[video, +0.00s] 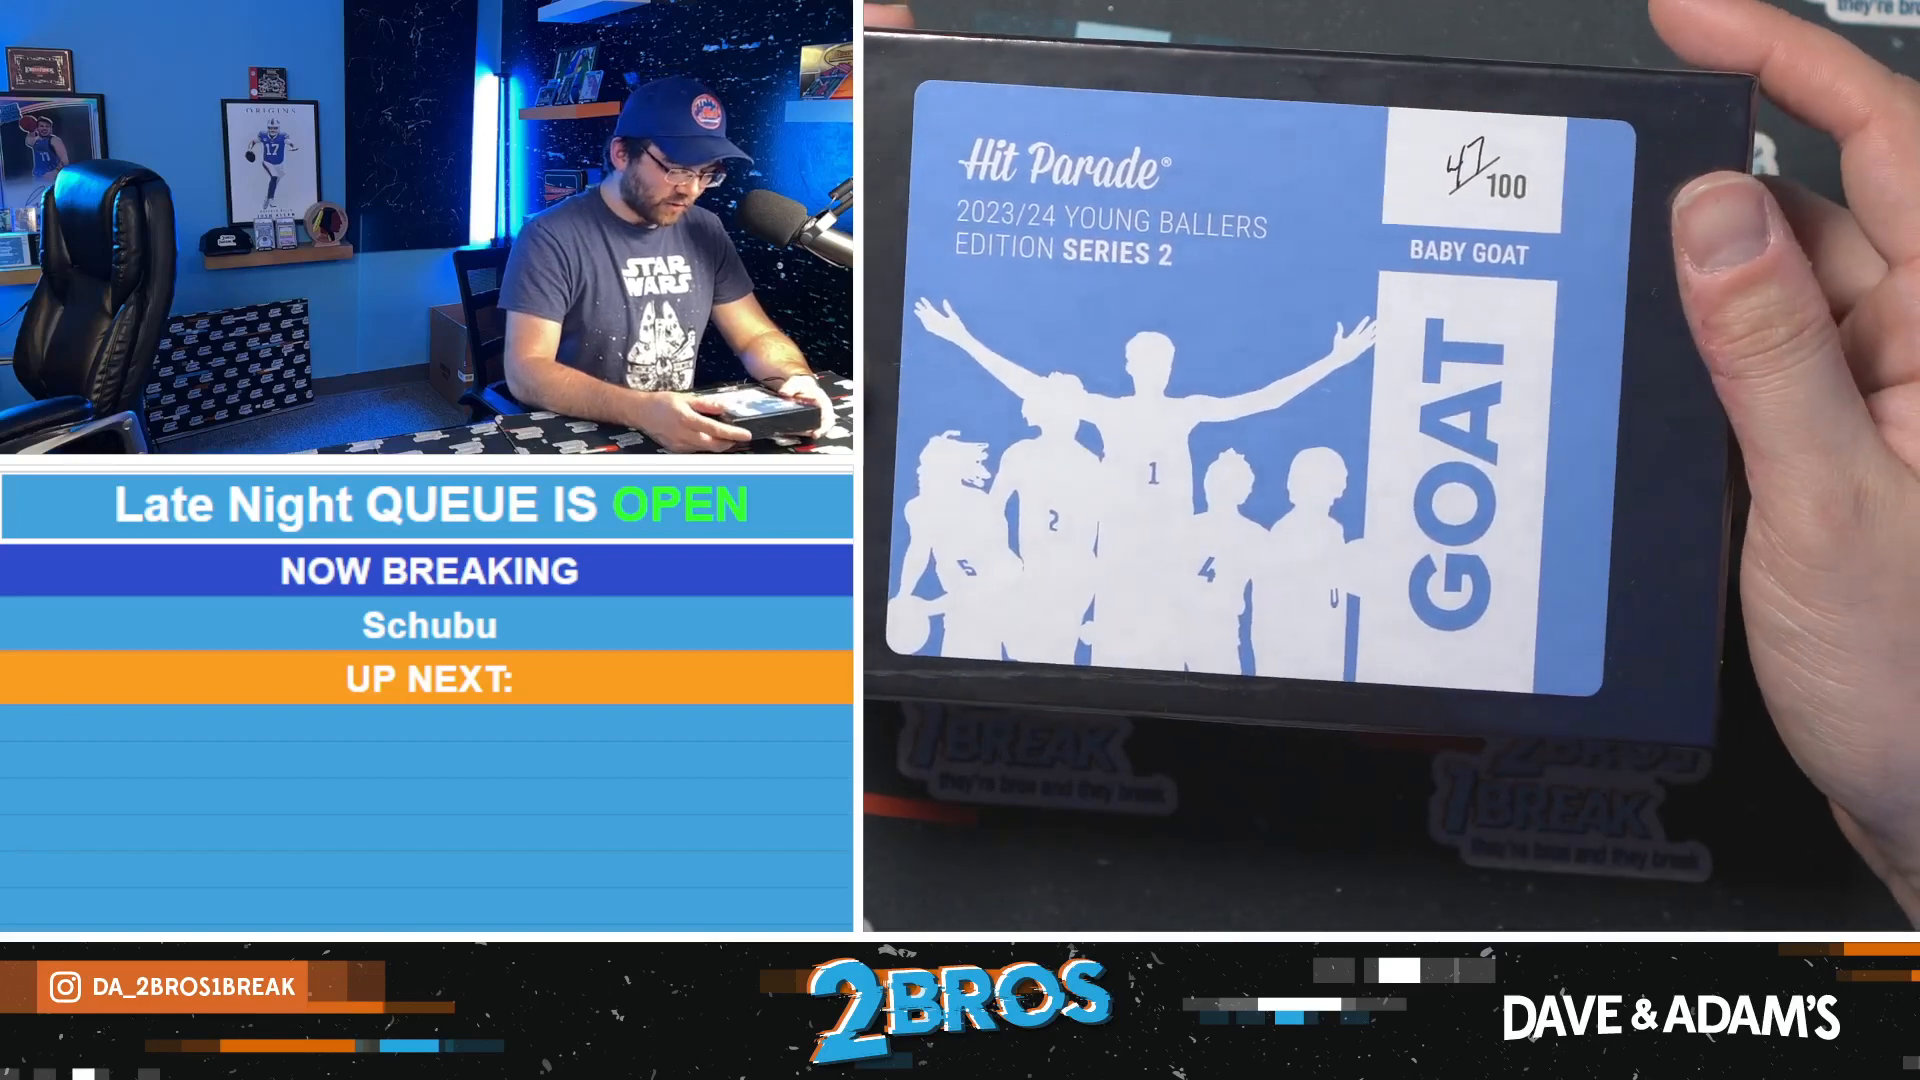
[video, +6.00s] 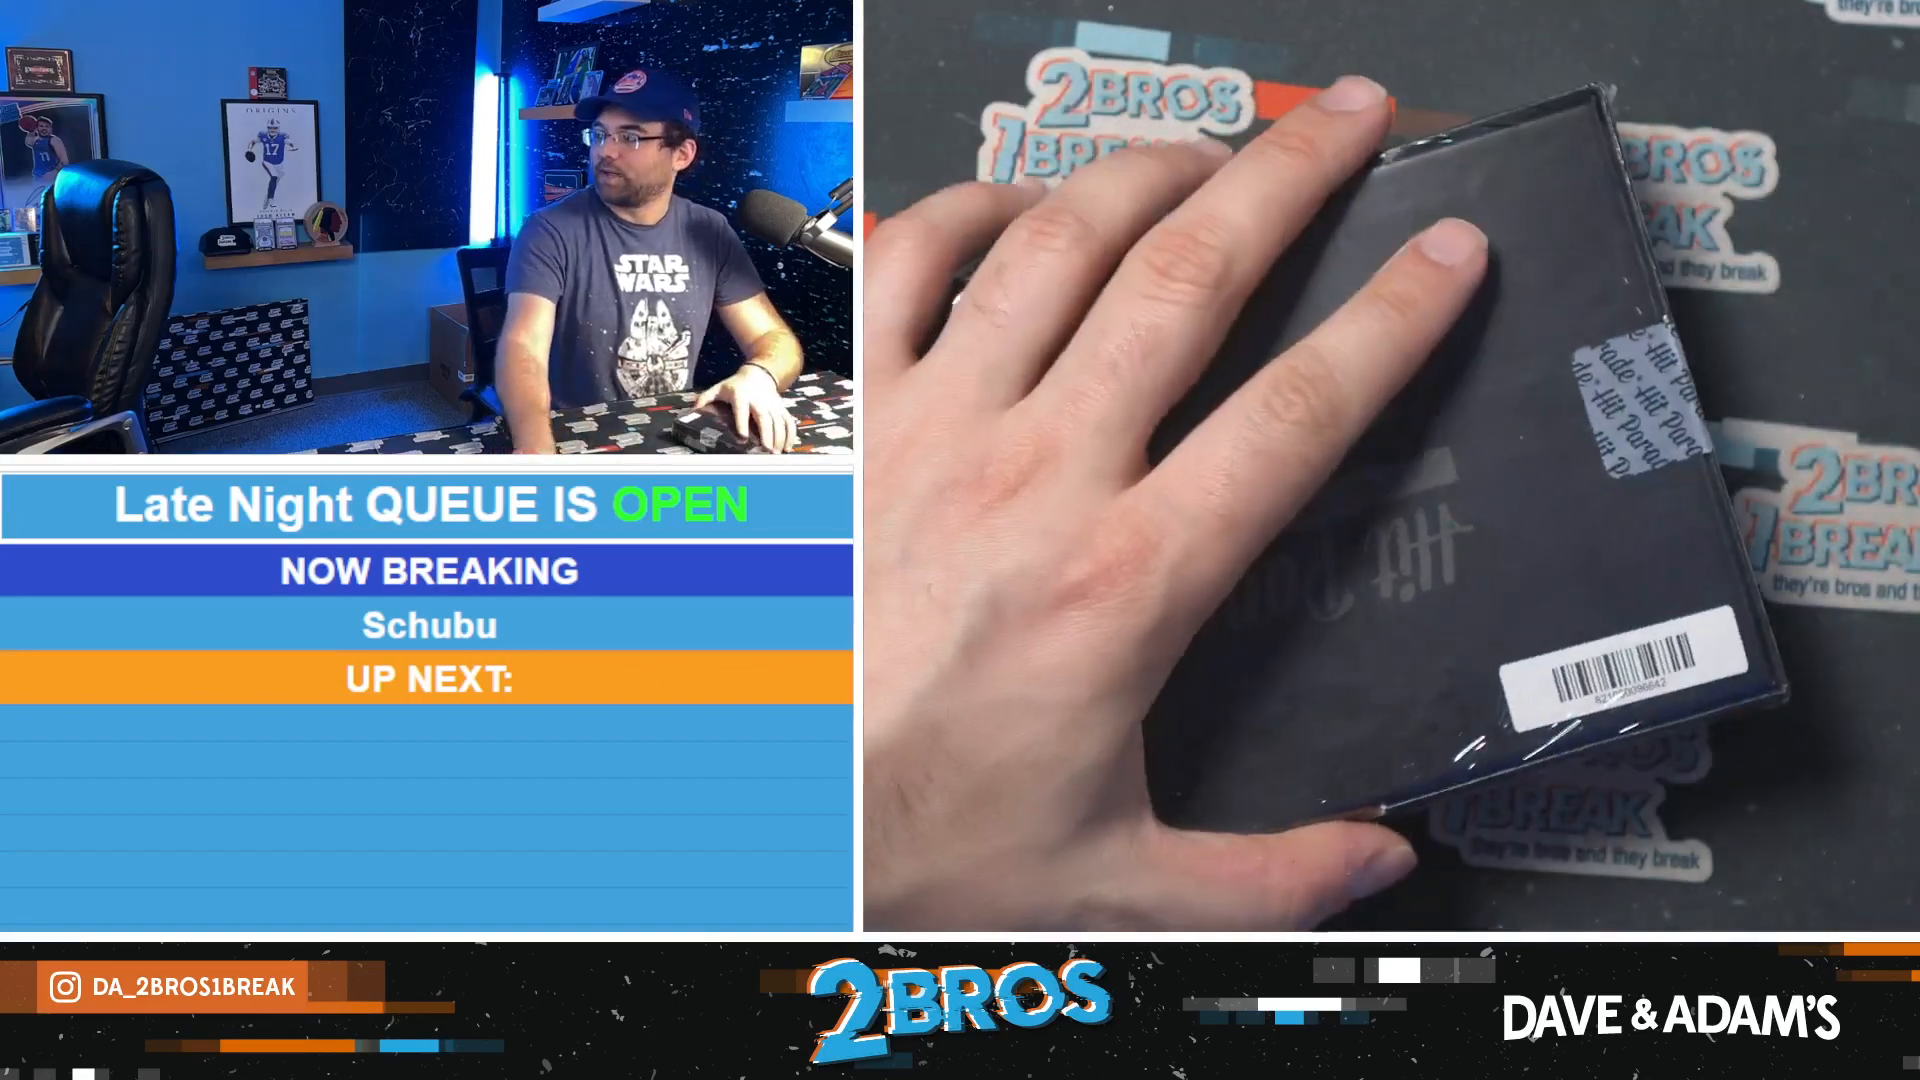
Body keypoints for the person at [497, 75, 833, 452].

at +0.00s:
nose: (691, 189)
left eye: (705, 172)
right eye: (675, 168)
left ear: (717, 168)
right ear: (621, 154)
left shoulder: (702, 230)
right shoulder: (552, 236)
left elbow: (754, 333)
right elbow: (526, 371)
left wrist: (793, 374)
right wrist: (642, 409)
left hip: (681, 457)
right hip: (578, 461)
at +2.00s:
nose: (687, 194)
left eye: (701, 178)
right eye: (672, 172)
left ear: (714, 174)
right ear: (620, 156)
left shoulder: (702, 232)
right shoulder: (553, 237)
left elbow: (756, 335)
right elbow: (528, 372)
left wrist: (795, 376)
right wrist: (643, 409)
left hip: (682, 462)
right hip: (577, 465)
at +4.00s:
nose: (687, 191)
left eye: (702, 173)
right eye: (671, 169)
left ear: (715, 169)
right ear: (619, 154)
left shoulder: (702, 233)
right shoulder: (553, 238)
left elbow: (757, 336)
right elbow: (529, 374)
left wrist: (797, 375)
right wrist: (643, 407)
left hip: (684, 460)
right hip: (579, 464)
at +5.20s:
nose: (659, 160)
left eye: (679, 145)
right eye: (642, 140)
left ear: (695, 157)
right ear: (605, 144)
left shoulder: (705, 231)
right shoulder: (552, 238)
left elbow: (757, 334)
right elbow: (523, 373)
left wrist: (793, 372)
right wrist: (612, 384)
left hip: (683, 449)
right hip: (577, 458)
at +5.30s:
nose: (648, 156)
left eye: (670, 141)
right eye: (631, 137)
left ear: (691, 155)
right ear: (602, 144)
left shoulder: (704, 230)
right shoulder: (548, 237)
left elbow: (762, 331)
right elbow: (515, 365)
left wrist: (795, 367)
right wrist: (565, 389)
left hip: (683, 456)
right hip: (580, 464)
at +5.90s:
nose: (604, 151)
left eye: (629, 137)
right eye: (599, 135)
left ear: (680, 153)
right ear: (590, 138)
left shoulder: (709, 233)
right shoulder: (551, 232)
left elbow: (775, 340)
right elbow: (520, 348)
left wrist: (753, 371)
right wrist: (535, 435)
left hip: (682, 448)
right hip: (582, 452)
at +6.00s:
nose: (606, 152)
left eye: (632, 138)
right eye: (601, 135)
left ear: (682, 154)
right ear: (592, 139)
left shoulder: (710, 233)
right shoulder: (553, 233)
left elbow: (776, 341)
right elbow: (522, 353)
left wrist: (758, 374)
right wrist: (536, 456)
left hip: (680, 450)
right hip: (582, 453)